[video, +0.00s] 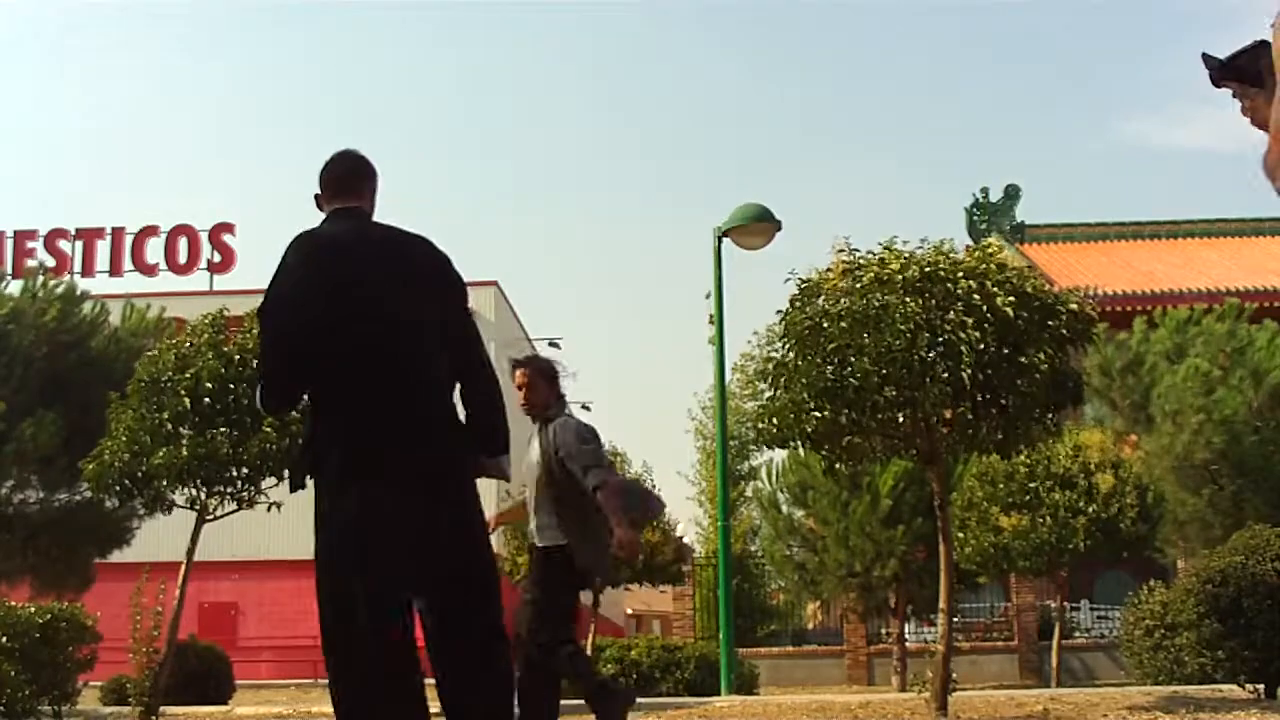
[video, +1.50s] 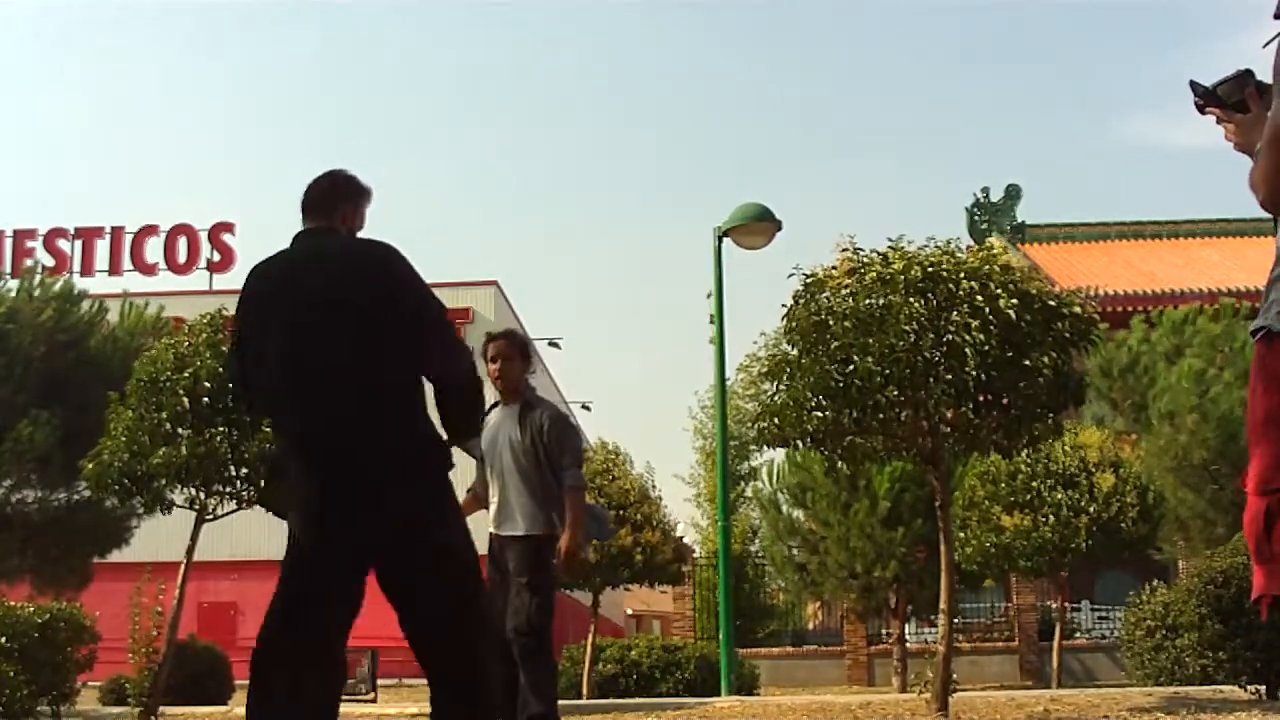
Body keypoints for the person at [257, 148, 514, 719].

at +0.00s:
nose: (328, 206)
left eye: (323, 199)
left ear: (319, 198)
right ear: (375, 195)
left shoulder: (302, 258)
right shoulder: (424, 254)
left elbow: (277, 392)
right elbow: (472, 360)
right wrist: (488, 444)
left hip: (350, 483)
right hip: (435, 474)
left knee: (368, 650)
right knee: (469, 639)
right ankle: (485, 717)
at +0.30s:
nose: (354, 214)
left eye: (345, 206)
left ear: (344, 206)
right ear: (398, 205)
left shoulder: (333, 260)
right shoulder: (446, 268)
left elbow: (303, 382)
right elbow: (480, 376)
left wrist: (281, 393)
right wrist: (484, 473)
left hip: (366, 480)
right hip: (446, 477)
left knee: (374, 634)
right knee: (463, 639)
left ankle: (385, 714)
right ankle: (469, 716)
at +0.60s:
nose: (377, 223)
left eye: (367, 214)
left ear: (363, 214)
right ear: (416, 216)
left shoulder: (346, 261)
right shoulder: (457, 276)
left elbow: (319, 376)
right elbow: (494, 378)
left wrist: (349, 404)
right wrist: (478, 459)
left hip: (368, 477)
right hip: (451, 478)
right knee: (470, 654)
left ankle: (376, 710)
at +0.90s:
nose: (366, 217)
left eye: (347, 210)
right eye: (386, 207)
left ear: (341, 208)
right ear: (395, 208)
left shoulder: (315, 260)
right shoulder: (433, 262)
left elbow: (278, 355)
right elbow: (483, 363)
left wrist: (332, 396)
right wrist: (502, 442)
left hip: (348, 481)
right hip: (434, 473)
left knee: (364, 643)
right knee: (461, 637)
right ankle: (468, 719)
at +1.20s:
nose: (351, 205)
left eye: (330, 195)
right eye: (367, 196)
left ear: (319, 195)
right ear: (374, 196)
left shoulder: (292, 255)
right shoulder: (408, 254)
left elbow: (262, 348)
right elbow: (472, 342)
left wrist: (318, 384)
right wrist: (522, 412)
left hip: (332, 461)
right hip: (413, 453)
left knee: (360, 614)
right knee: (443, 601)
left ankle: (374, 708)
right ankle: (450, 707)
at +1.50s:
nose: (362, 228)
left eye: (363, 220)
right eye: (362, 219)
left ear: (304, 213)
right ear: (349, 214)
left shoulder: (263, 279)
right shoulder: (380, 261)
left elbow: (249, 383)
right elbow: (453, 365)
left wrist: (301, 422)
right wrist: (460, 430)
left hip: (319, 486)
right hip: (405, 479)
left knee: (299, 643)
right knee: (459, 639)